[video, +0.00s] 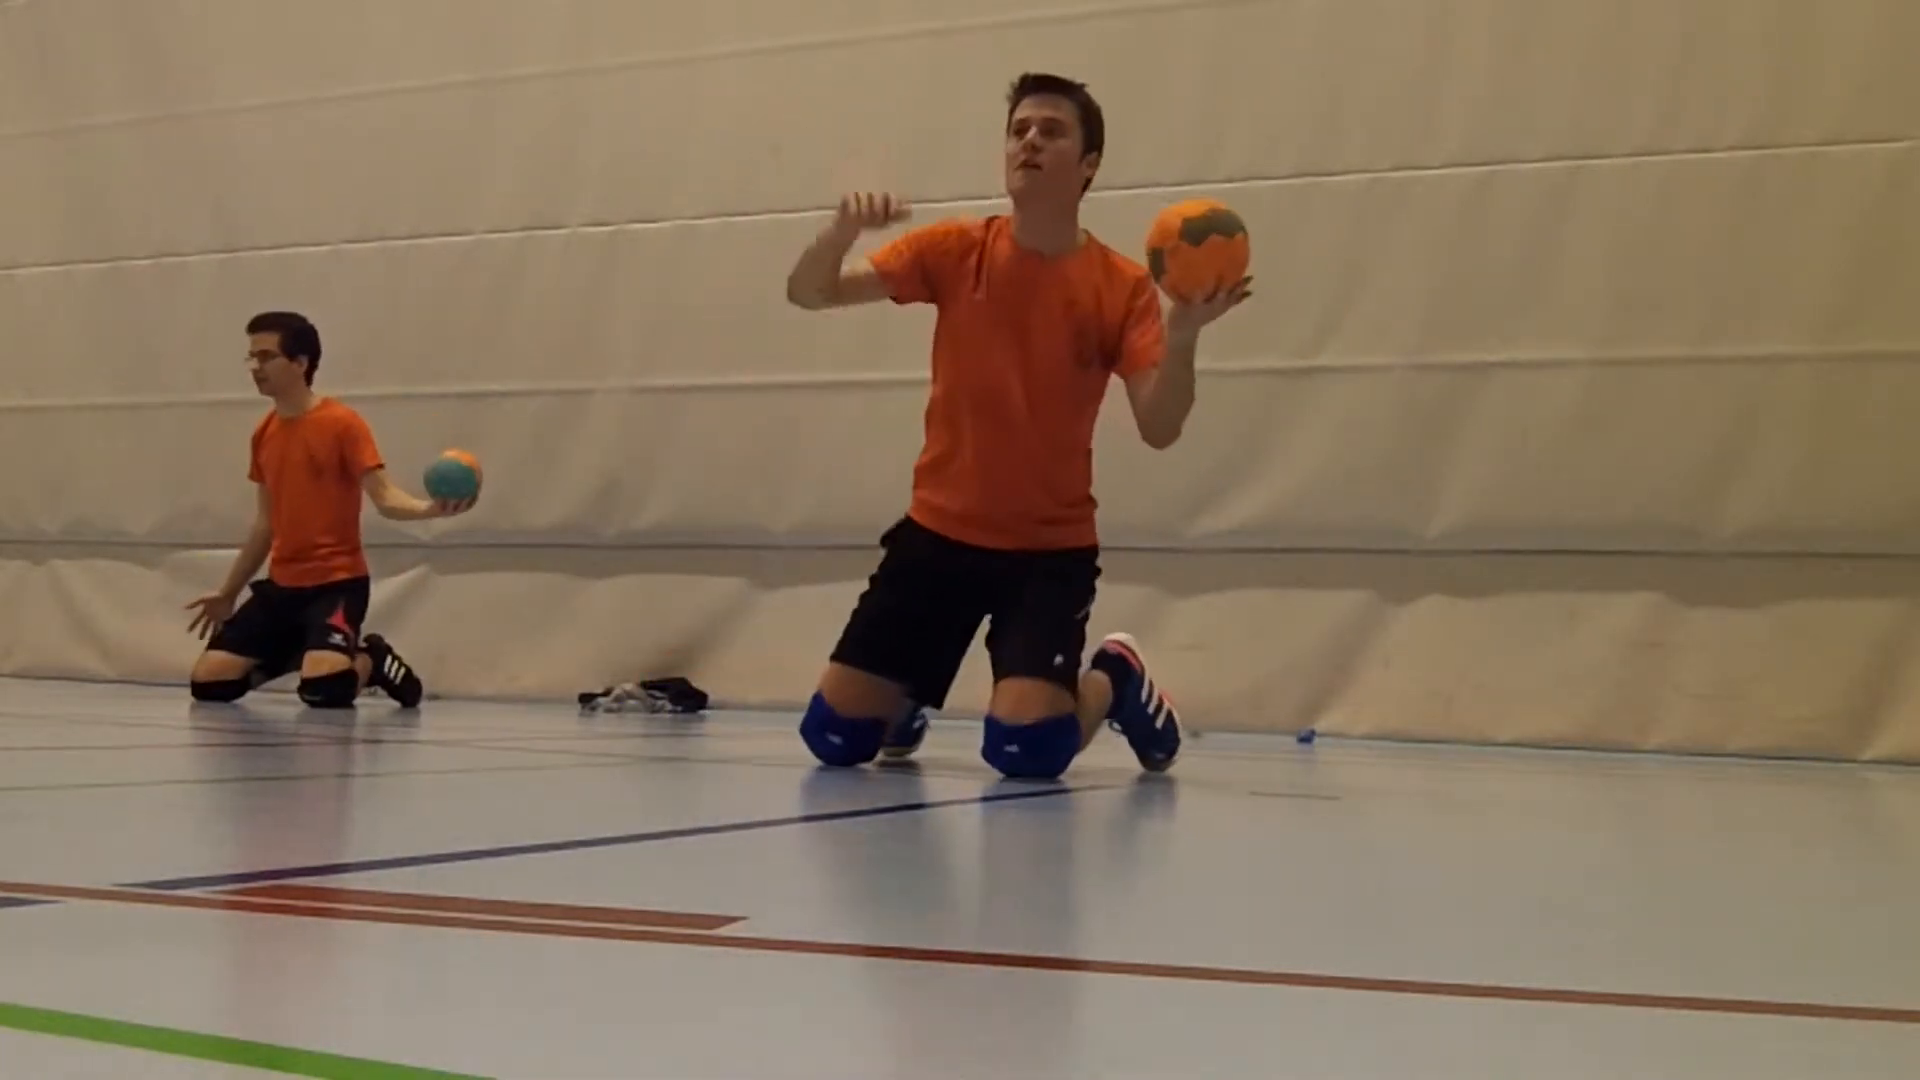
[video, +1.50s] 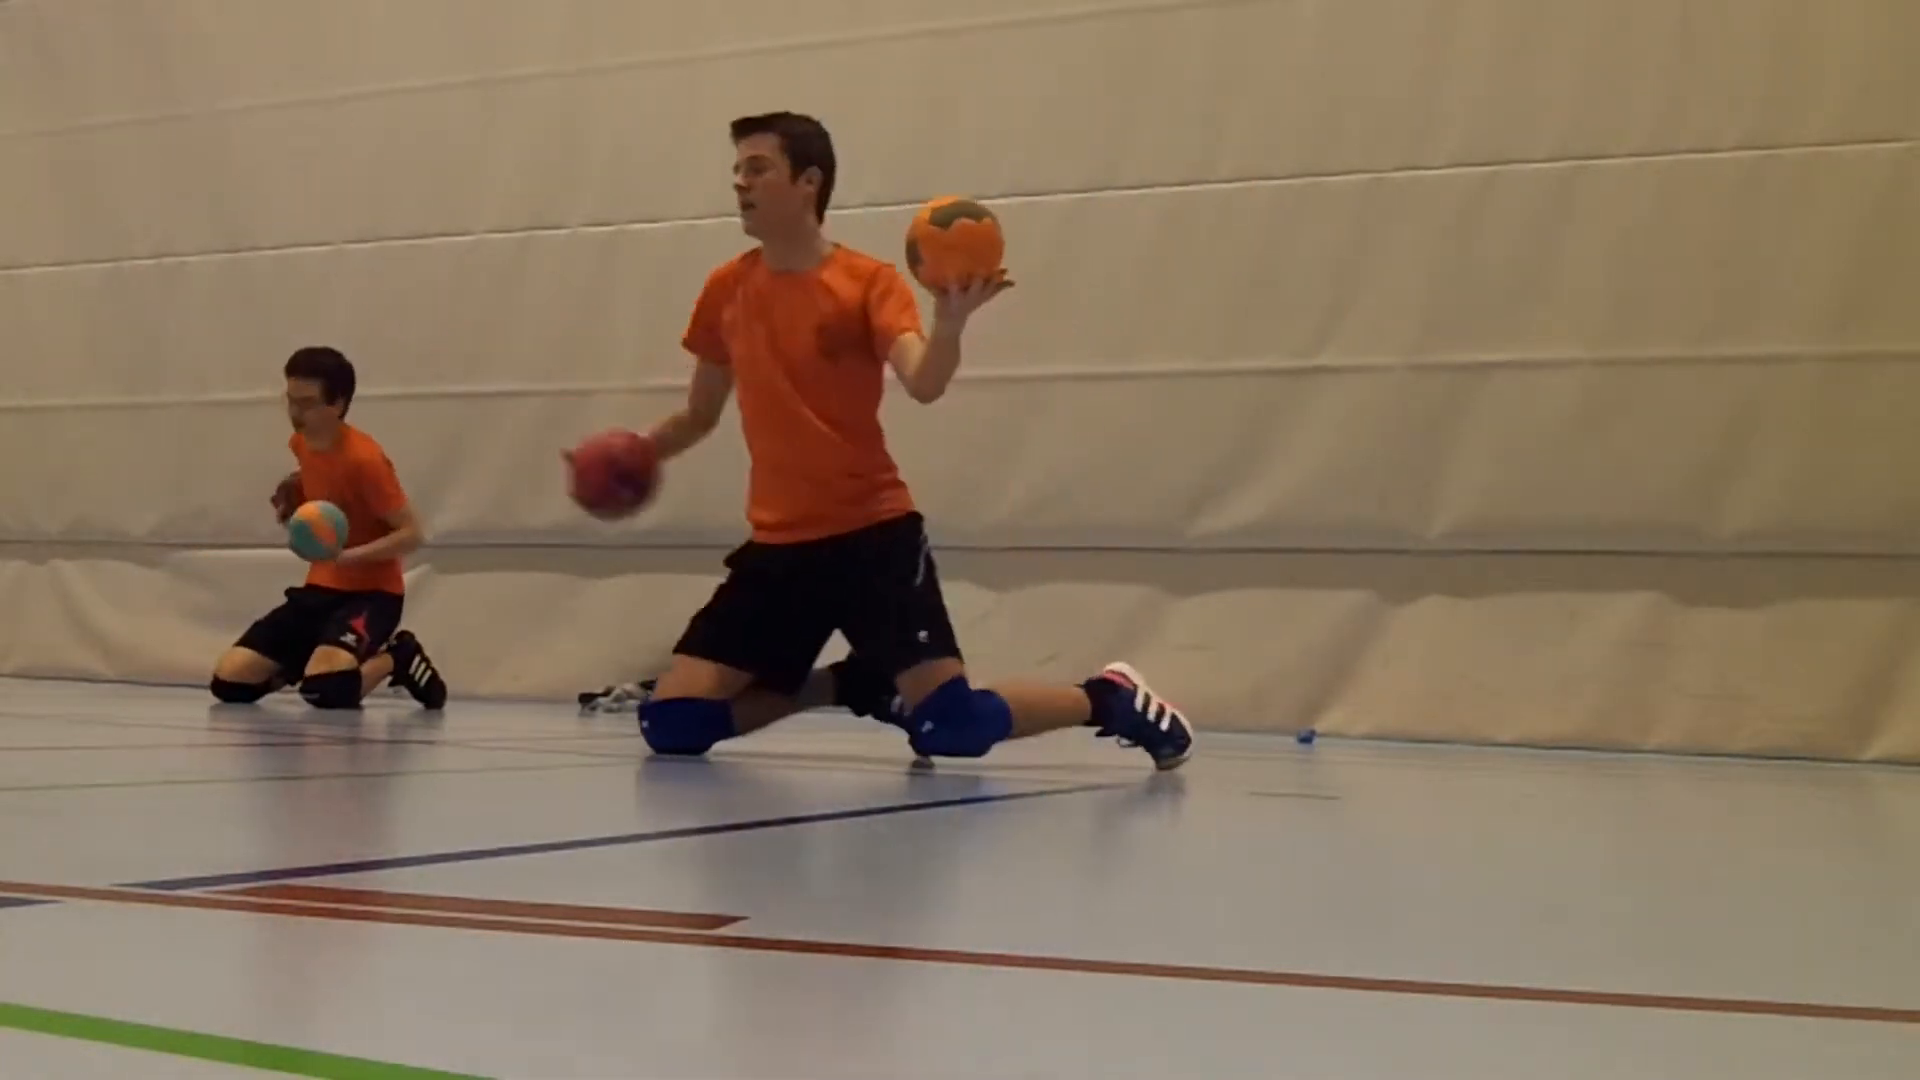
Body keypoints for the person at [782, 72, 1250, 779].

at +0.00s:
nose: (1027, 141)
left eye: (1051, 131)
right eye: (1017, 131)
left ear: (1088, 167)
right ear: (1002, 155)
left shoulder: (1122, 289)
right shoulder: (957, 251)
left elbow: (1159, 429)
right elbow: (809, 290)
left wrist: (1183, 335)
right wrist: (840, 233)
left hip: (1050, 547)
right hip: (939, 532)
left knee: (1022, 753)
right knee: (834, 736)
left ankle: (1116, 681)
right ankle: (905, 707)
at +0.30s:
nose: (997, 123)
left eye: (1019, 110)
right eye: (987, 114)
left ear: (1061, 143)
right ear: (976, 143)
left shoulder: (1099, 260)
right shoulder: (942, 242)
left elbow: (1145, 374)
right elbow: (856, 350)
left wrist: (1190, 288)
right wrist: (802, 358)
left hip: (1039, 533)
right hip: (929, 525)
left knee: (1025, 757)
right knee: (837, 740)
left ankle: (1107, 669)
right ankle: (962, 677)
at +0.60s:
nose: (970, 163)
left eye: (992, 152)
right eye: (961, 153)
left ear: (1033, 181)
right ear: (948, 177)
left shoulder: (1064, 292)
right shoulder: (919, 278)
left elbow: (1079, 427)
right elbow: (830, 383)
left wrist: (1103, 349)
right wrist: (765, 392)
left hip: (1036, 562)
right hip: (929, 554)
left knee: (1013, 751)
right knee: (830, 740)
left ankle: (1105, 669)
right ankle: (952, 677)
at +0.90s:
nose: (981, 238)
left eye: (1003, 225)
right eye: (972, 226)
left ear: (1044, 251)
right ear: (960, 245)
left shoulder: (1073, 351)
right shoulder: (931, 341)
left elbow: (1064, 503)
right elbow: (847, 436)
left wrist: (1056, 424)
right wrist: (778, 465)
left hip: (1050, 600)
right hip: (946, 597)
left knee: (1019, 749)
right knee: (808, 733)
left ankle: (1116, 681)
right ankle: (939, 689)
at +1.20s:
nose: (904, 223)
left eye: (926, 209)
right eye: (898, 212)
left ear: (972, 234)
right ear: (892, 232)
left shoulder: (1015, 337)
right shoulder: (870, 339)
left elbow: (1046, 463)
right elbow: (760, 428)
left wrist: (1046, 383)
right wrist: (696, 391)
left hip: (1009, 595)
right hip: (903, 595)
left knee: (1035, 754)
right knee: (749, 723)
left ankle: (1090, 688)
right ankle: (924, 677)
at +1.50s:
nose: (739, 185)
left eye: (756, 170)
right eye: (737, 171)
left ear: (809, 183)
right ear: (743, 184)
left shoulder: (868, 282)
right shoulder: (729, 287)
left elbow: (924, 384)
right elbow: (698, 411)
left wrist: (950, 318)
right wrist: (635, 451)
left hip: (875, 536)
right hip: (777, 546)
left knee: (952, 726)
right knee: (672, 727)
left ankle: (1107, 701)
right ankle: (852, 685)